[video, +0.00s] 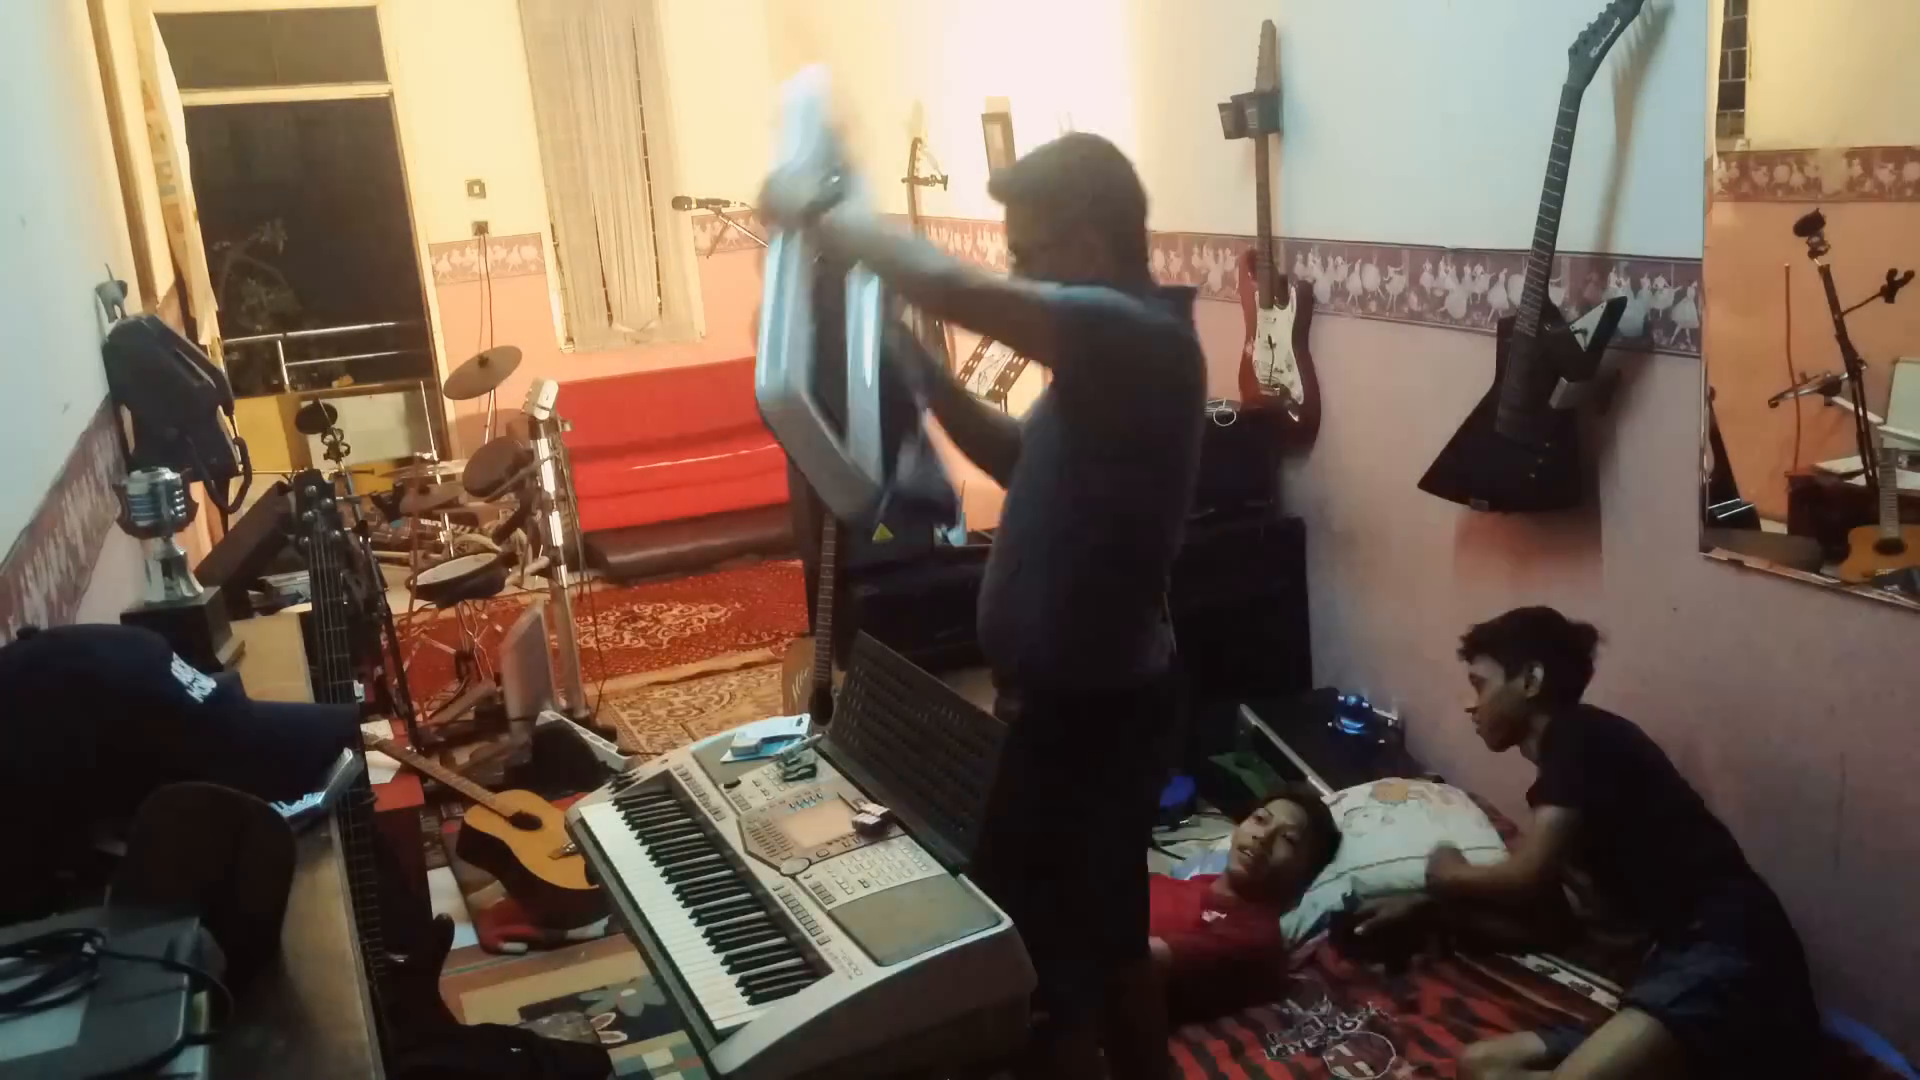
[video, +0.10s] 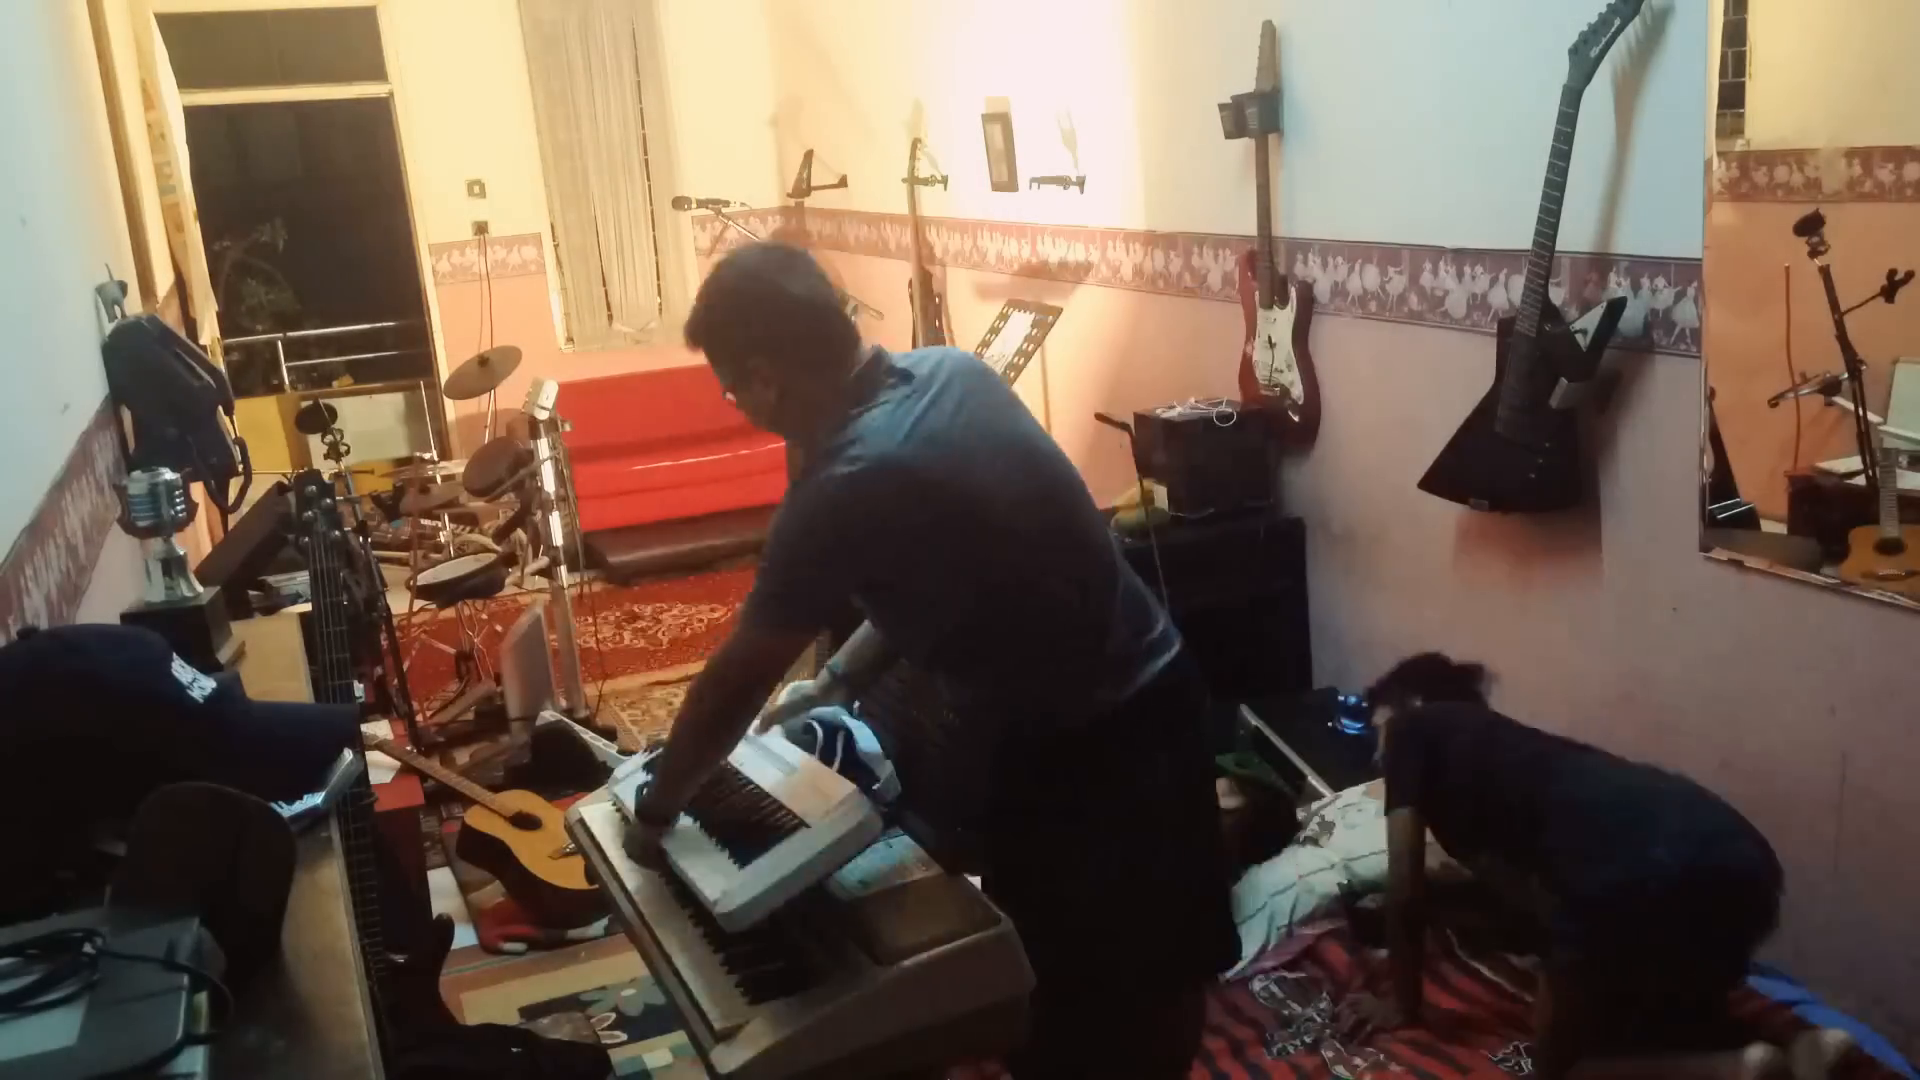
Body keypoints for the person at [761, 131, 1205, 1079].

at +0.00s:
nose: (1012, 250)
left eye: (1026, 228)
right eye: (1011, 230)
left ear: (1086, 229)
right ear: (1103, 233)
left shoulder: (1138, 335)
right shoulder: (1112, 353)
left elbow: (950, 283)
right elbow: (1022, 463)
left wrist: (826, 219)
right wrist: (915, 354)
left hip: (1095, 698)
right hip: (1077, 689)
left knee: (1048, 937)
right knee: (1090, 930)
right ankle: (1130, 1061)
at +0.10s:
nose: (735, 406)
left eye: (730, 385)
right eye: (724, 386)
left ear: (761, 381)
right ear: (840, 321)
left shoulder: (838, 493)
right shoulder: (954, 371)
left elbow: (735, 683)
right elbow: (935, 572)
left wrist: (659, 803)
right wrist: (832, 683)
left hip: (1070, 747)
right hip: (1160, 690)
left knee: (1084, 1010)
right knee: (1161, 978)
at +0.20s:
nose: (720, 410)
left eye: (713, 386)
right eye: (709, 389)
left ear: (745, 379)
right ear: (823, 323)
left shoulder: (829, 493)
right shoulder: (937, 377)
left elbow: (754, 694)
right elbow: (921, 599)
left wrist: (680, 814)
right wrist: (824, 716)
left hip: (1057, 745)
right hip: (1145, 685)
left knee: (1074, 1002)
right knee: (1153, 971)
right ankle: (1154, 1059)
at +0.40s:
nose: (762, 367)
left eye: (759, 348)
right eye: (751, 350)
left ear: (805, 330)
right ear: (830, 301)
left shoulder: (905, 436)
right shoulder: (919, 360)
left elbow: (843, 639)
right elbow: (831, 492)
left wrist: (741, 790)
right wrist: (689, 498)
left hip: (1045, 724)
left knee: (1051, 983)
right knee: (1023, 953)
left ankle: (1063, 1070)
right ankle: (1059, 1059)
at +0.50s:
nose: (760, 425)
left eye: (753, 404)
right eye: (746, 408)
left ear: (794, 372)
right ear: (808, 353)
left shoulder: (897, 459)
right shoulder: (916, 375)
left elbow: (840, 656)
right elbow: (858, 617)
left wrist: (739, 798)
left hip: (1066, 725)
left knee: (1061, 978)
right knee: (1034, 955)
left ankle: (1074, 1067)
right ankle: (1058, 1060)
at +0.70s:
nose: (746, 400)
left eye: (742, 378)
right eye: (735, 381)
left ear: (787, 362)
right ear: (818, 339)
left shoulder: (884, 446)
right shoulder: (918, 376)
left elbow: (819, 636)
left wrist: (711, 730)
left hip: (1059, 722)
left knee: (1053, 968)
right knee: (1062, 952)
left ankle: (1071, 1064)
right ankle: (1071, 1057)